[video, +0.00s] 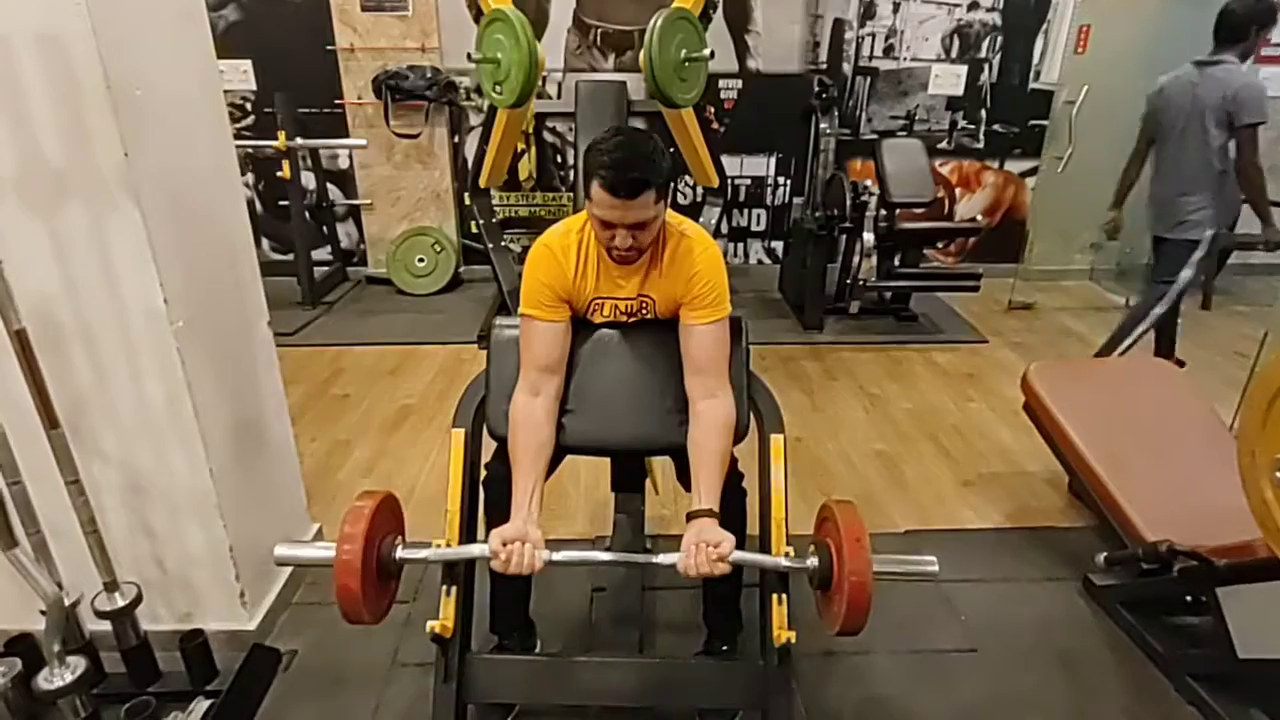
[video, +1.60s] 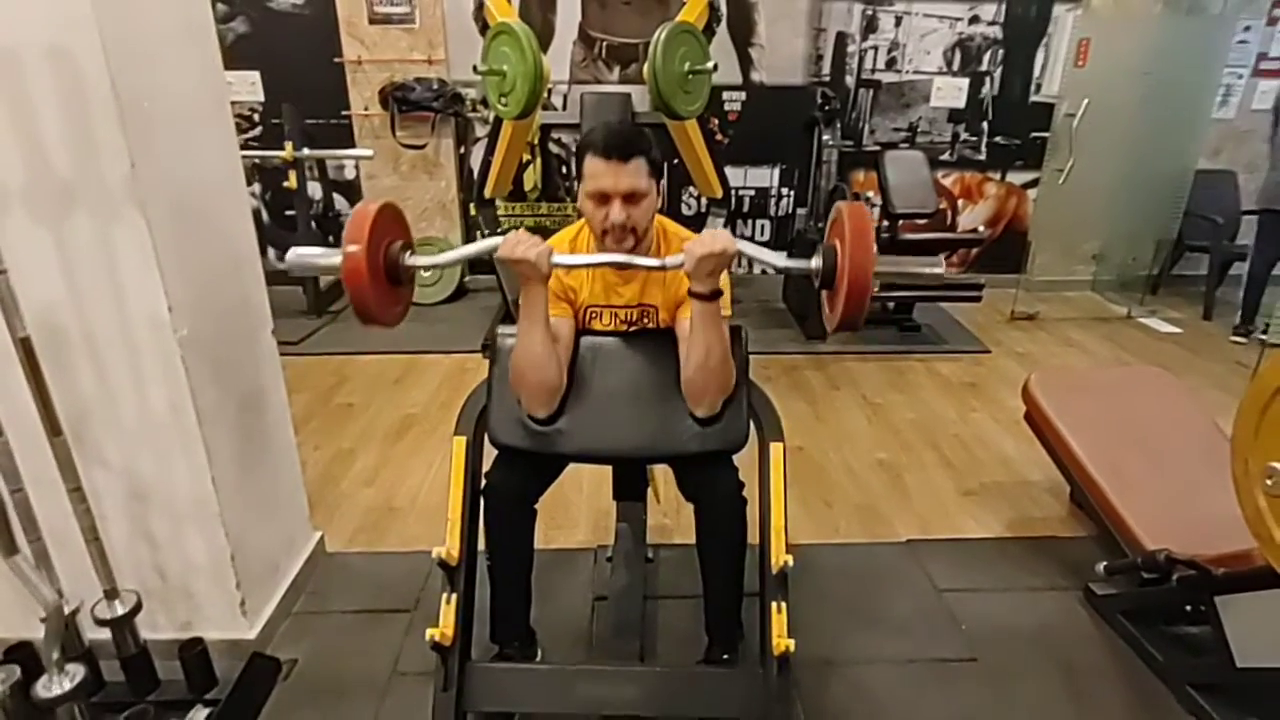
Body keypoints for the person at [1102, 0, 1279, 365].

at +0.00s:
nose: (1264, 44)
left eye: (1266, 37)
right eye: (1265, 37)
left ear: (1217, 34)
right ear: (1254, 38)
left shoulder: (1169, 85)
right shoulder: (1243, 88)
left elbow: (1140, 152)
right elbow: (1247, 165)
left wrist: (1116, 209)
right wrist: (1268, 222)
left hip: (1162, 212)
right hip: (1204, 216)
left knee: (1167, 295)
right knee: (1156, 301)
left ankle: (1164, 362)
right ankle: (1101, 362)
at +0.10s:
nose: (1278, 38)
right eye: (1277, 31)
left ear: (1238, 31)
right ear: (1273, 34)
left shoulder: (1193, 79)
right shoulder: (1267, 77)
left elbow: (1169, 146)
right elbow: (1261, 153)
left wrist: (1151, 201)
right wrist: (1272, 214)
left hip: (1180, 204)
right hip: (1224, 209)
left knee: (1172, 285)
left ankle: (1165, 358)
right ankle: (1154, 342)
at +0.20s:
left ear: (1242, 32)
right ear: (1276, 36)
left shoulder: (1199, 77)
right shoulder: (1271, 76)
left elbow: (1175, 148)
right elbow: (1263, 153)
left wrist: (1162, 200)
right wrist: (1272, 209)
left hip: (1184, 202)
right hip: (1230, 207)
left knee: (1173, 282)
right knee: (1223, 282)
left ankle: (1164, 349)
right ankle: (1168, 341)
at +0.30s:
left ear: (1260, 32)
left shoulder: (1219, 76)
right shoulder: (1275, 82)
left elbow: (1198, 141)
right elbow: (1271, 155)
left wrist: (1204, 180)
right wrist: (1273, 211)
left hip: (1201, 197)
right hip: (1250, 204)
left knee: (1182, 275)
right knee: (1247, 277)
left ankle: (1163, 351)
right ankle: (1216, 349)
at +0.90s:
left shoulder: (1273, 86)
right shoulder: (1270, 87)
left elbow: (1251, 144)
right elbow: (1251, 145)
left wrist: (1258, 180)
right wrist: (1259, 181)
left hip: (1258, 197)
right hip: (1276, 204)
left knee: (1237, 262)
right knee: (1269, 275)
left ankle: (1217, 330)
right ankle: (1239, 347)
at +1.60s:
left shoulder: (1276, 103)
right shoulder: (1275, 103)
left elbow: (1271, 140)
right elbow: (1272, 140)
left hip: (1272, 195)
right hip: (1272, 195)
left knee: (1262, 261)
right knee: (1262, 262)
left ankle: (1245, 322)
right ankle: (1245, 322)